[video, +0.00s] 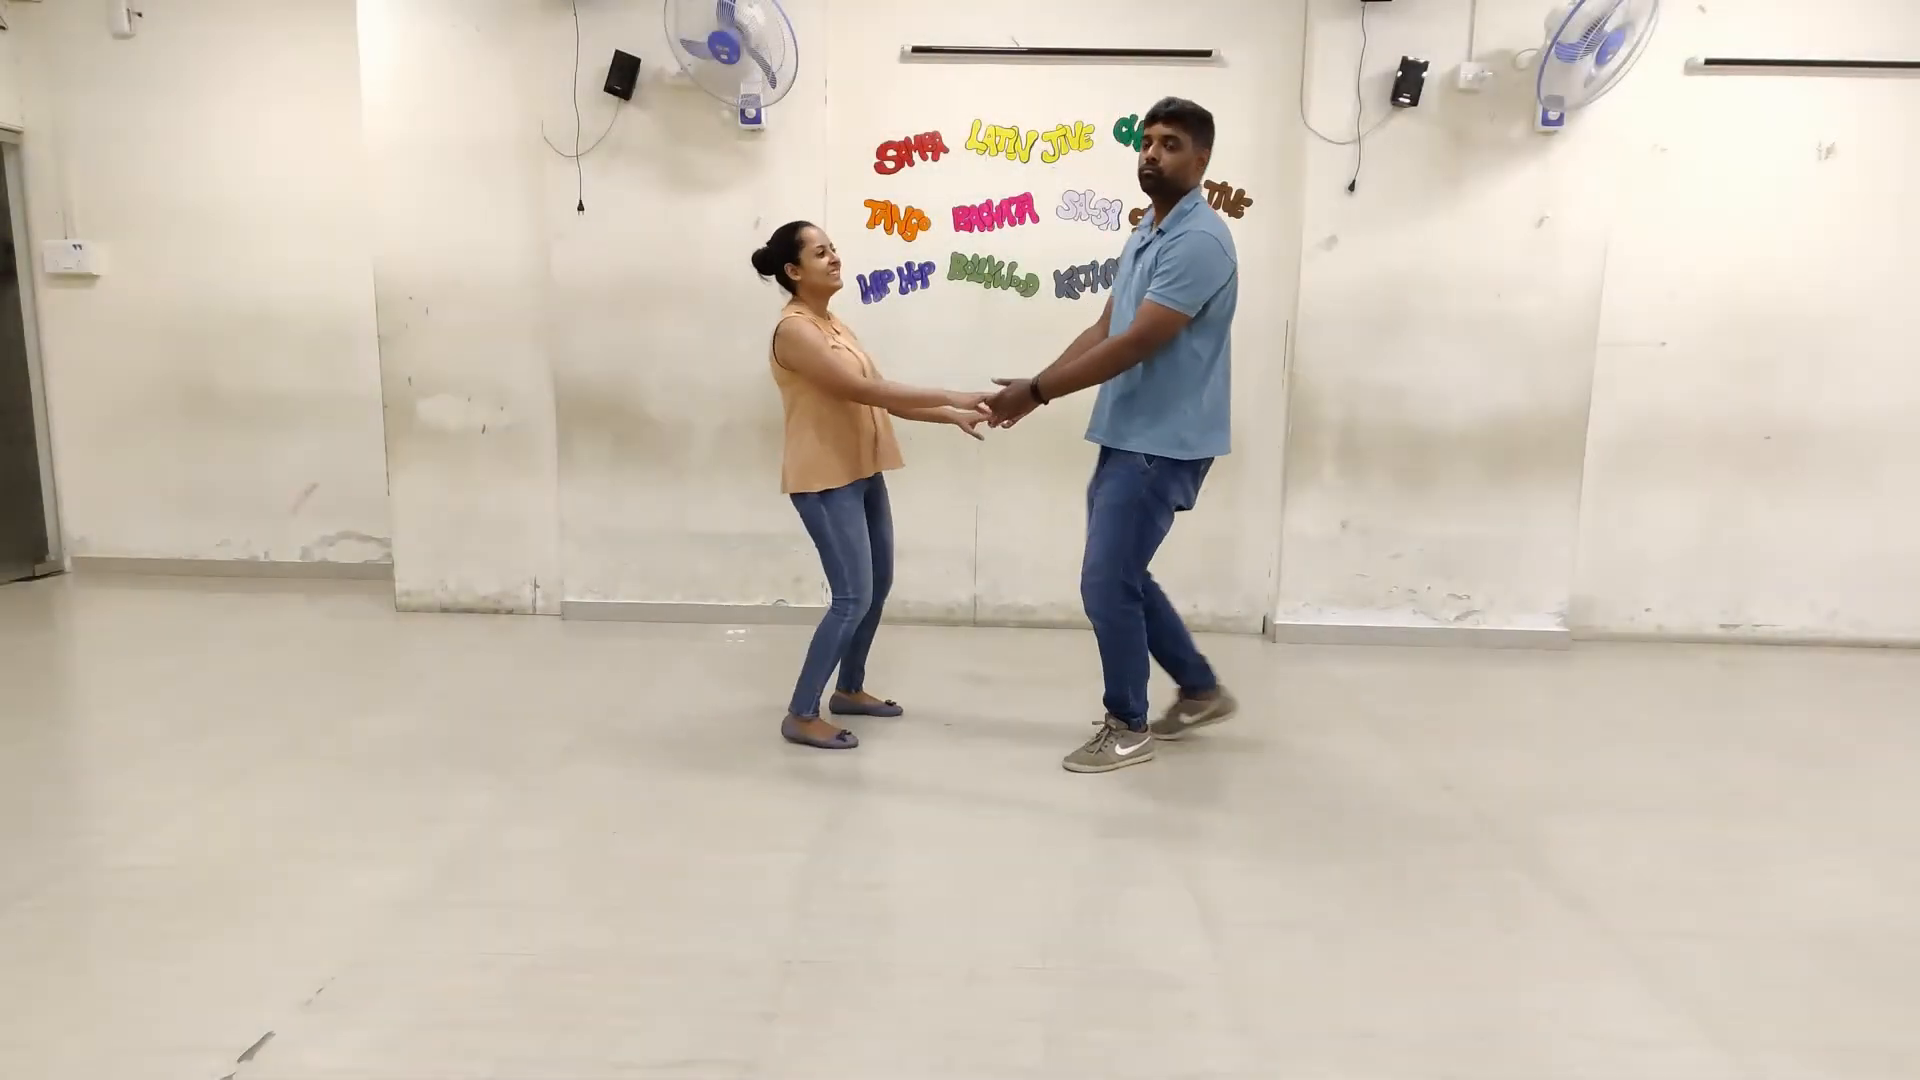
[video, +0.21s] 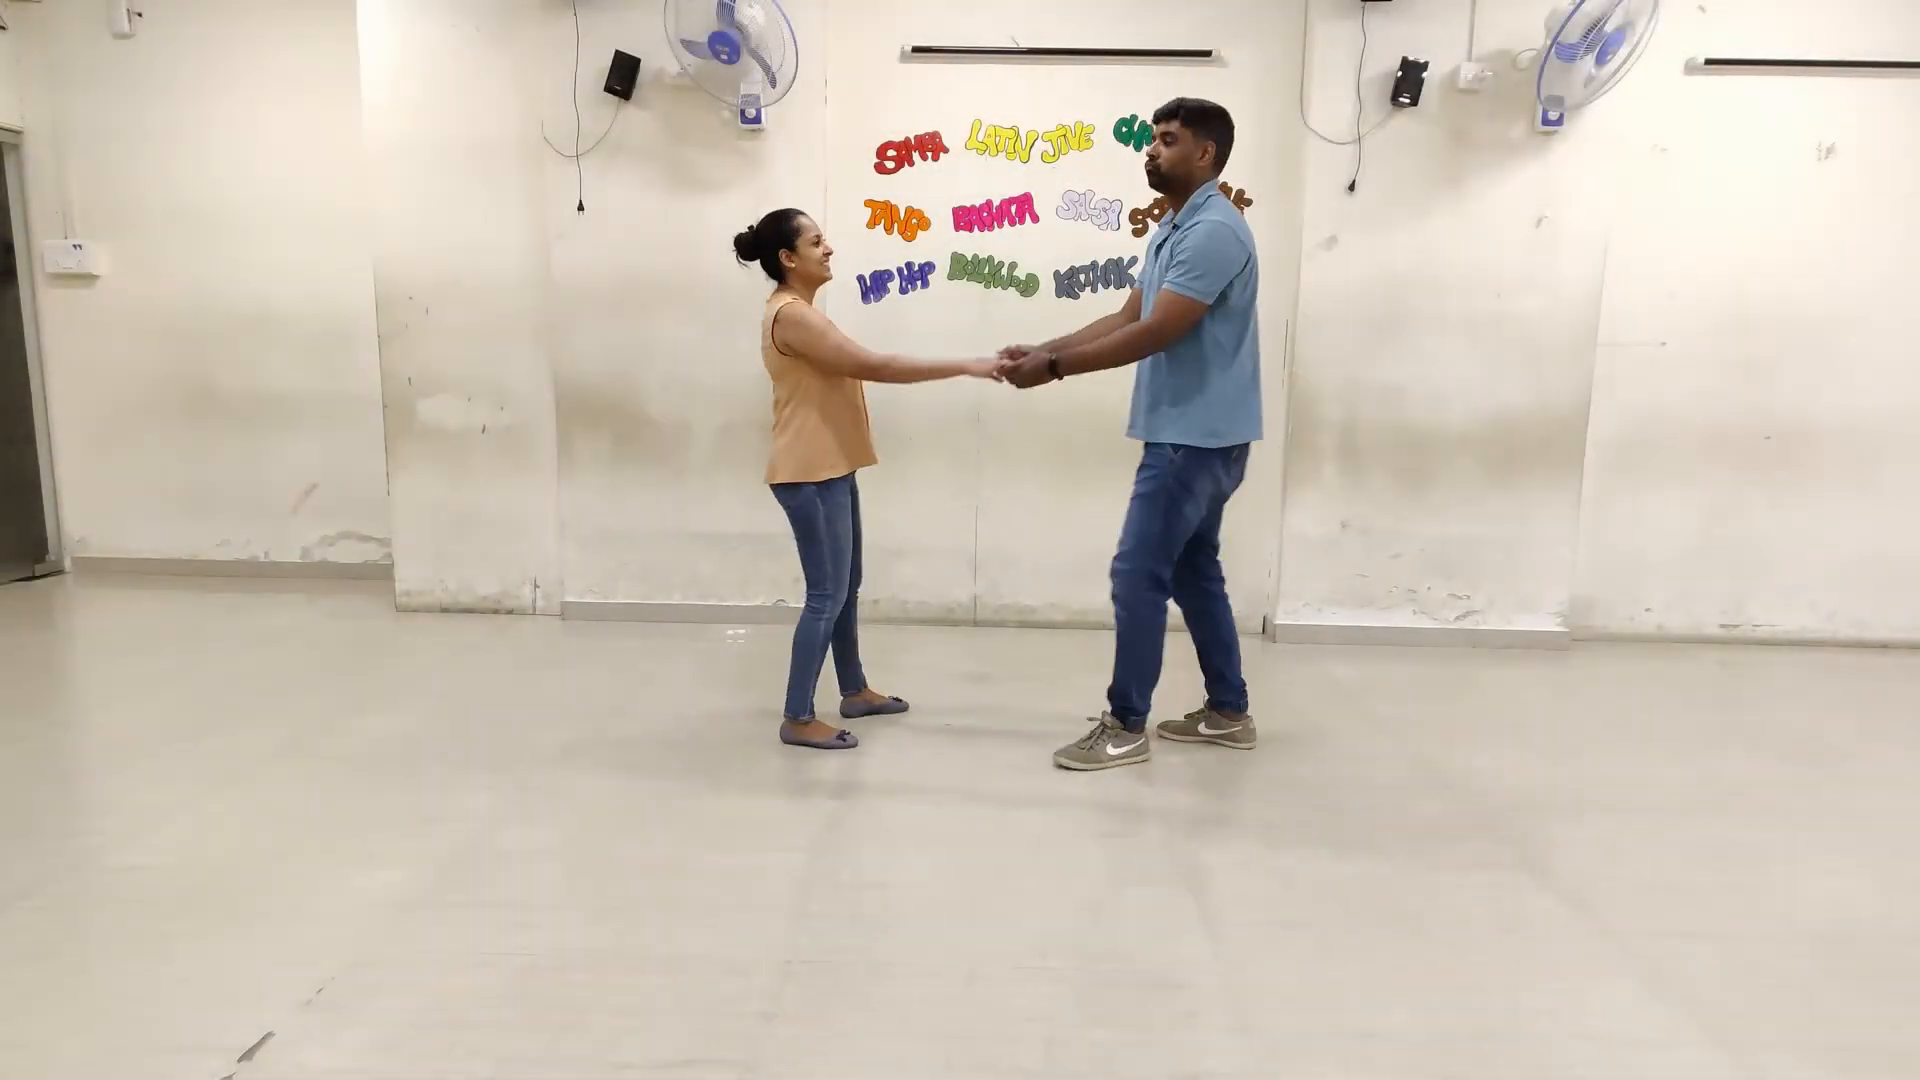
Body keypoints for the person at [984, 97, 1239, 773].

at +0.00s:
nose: (1151, 153)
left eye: (1170, 144)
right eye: (1147, 142)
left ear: (1202, 161)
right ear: (1139, 153)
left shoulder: (1200, 240)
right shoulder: (1148, 233)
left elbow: (1142, 342)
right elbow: (1105, 329)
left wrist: (1039, 389)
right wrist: (1033, 389)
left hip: (1164, 442)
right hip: (1126, 435)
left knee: (1107, 583)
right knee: (1118, 574)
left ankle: (1127, 725)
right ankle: (1202, 689)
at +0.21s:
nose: (1152, 149)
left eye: (1167, 138)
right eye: (1153, 139)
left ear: (1208, 150)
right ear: (1169, 153)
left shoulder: (1214, 231)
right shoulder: (1175, 229)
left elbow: (1160, 331)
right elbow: (1128, 320)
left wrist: (1059, 365)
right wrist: (1046, 352)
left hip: (1196, 437)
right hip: (1189, 433)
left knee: (1137, 575)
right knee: (1195, 570)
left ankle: (1126, 727)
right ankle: (1228, 711)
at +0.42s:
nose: (1148, 157)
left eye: (1164, 147)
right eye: (1151, 147)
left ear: (1203, 159)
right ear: (1189, 161)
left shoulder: (1214, 231)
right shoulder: (1184, 232)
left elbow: (1164, 334)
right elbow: (1139, 322)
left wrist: (1062, 350)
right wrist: (1055, 341)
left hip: (1208, 436)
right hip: (1204, 433)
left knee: (1133, 561)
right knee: (1195, 571)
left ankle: (1138, 717)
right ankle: (1230, 709)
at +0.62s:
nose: (1122, 165)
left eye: (1137, 156)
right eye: (1126, 154)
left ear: (1175, 169)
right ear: (1162, 170)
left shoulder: (1188, 239)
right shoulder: (1158, 241)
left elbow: (1157, 342)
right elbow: (1122, 331)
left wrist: (1050, 364)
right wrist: (1045, 357)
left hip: (1183, 441)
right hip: (1180, 438)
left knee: (1099, 560)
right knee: (1169, 576)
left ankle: (1096, 711)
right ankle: (1227, 710)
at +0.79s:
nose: (1084, 180)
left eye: (1097, 170)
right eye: (1087, 169)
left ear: (1134, 182)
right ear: (1129, 183)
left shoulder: (1147, 256)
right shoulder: (1133, 252)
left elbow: (1147, 367)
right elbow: (1110, 361)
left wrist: (1057, 412)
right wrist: (1047, 402)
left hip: (1135, 451)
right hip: (1149, 448)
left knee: (1060, 573)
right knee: (1117, 579)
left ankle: (1085, 713)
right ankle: (1213, 693)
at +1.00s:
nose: (1040, 156)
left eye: (1053, 146)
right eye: (1043, 146)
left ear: (1090, 156)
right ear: (1087, 158)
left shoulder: (1103, 223)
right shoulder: (1098, 219)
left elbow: (1128, 325)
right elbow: (1113, 326)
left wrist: (1036, 353)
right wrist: (1035, 351)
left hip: (1104, 428)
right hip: (1105, 423)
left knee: (1055, 562)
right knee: (1068, 556)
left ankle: (1085, 711)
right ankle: (1107, 683)